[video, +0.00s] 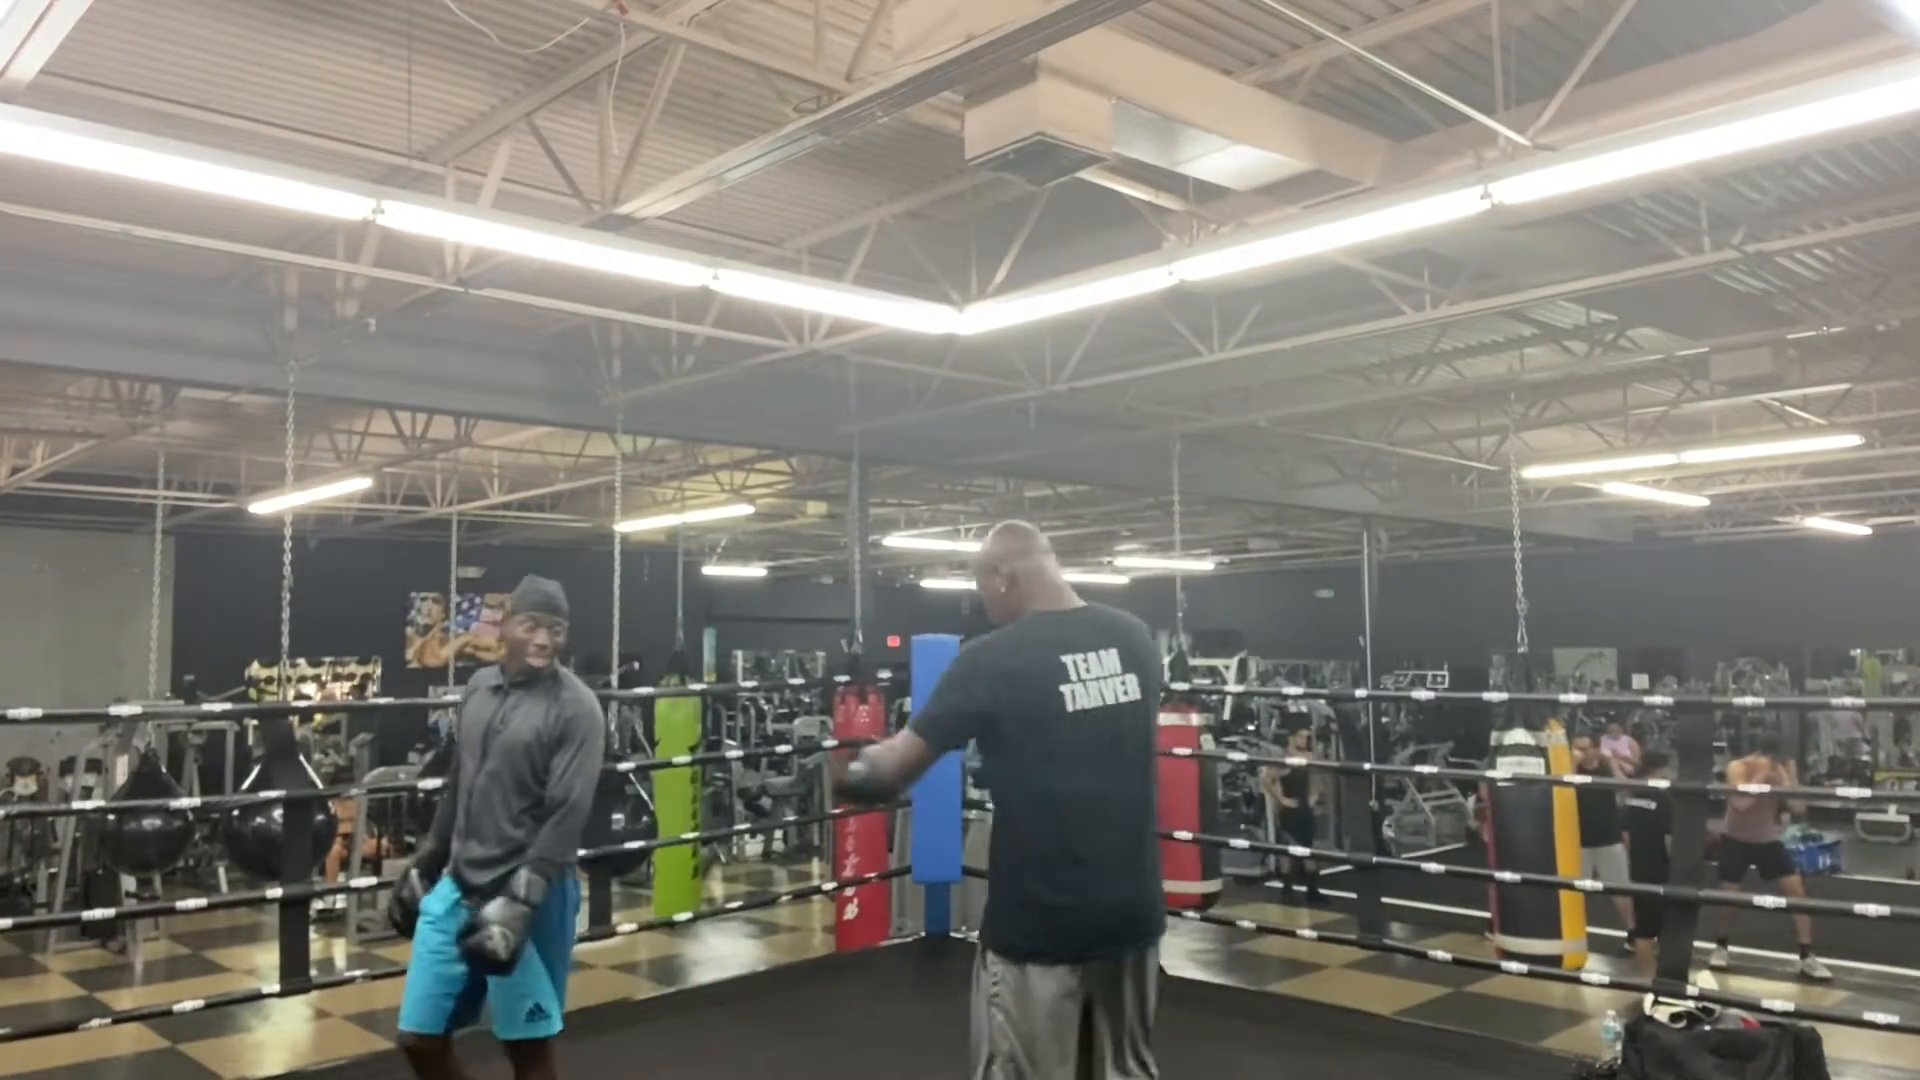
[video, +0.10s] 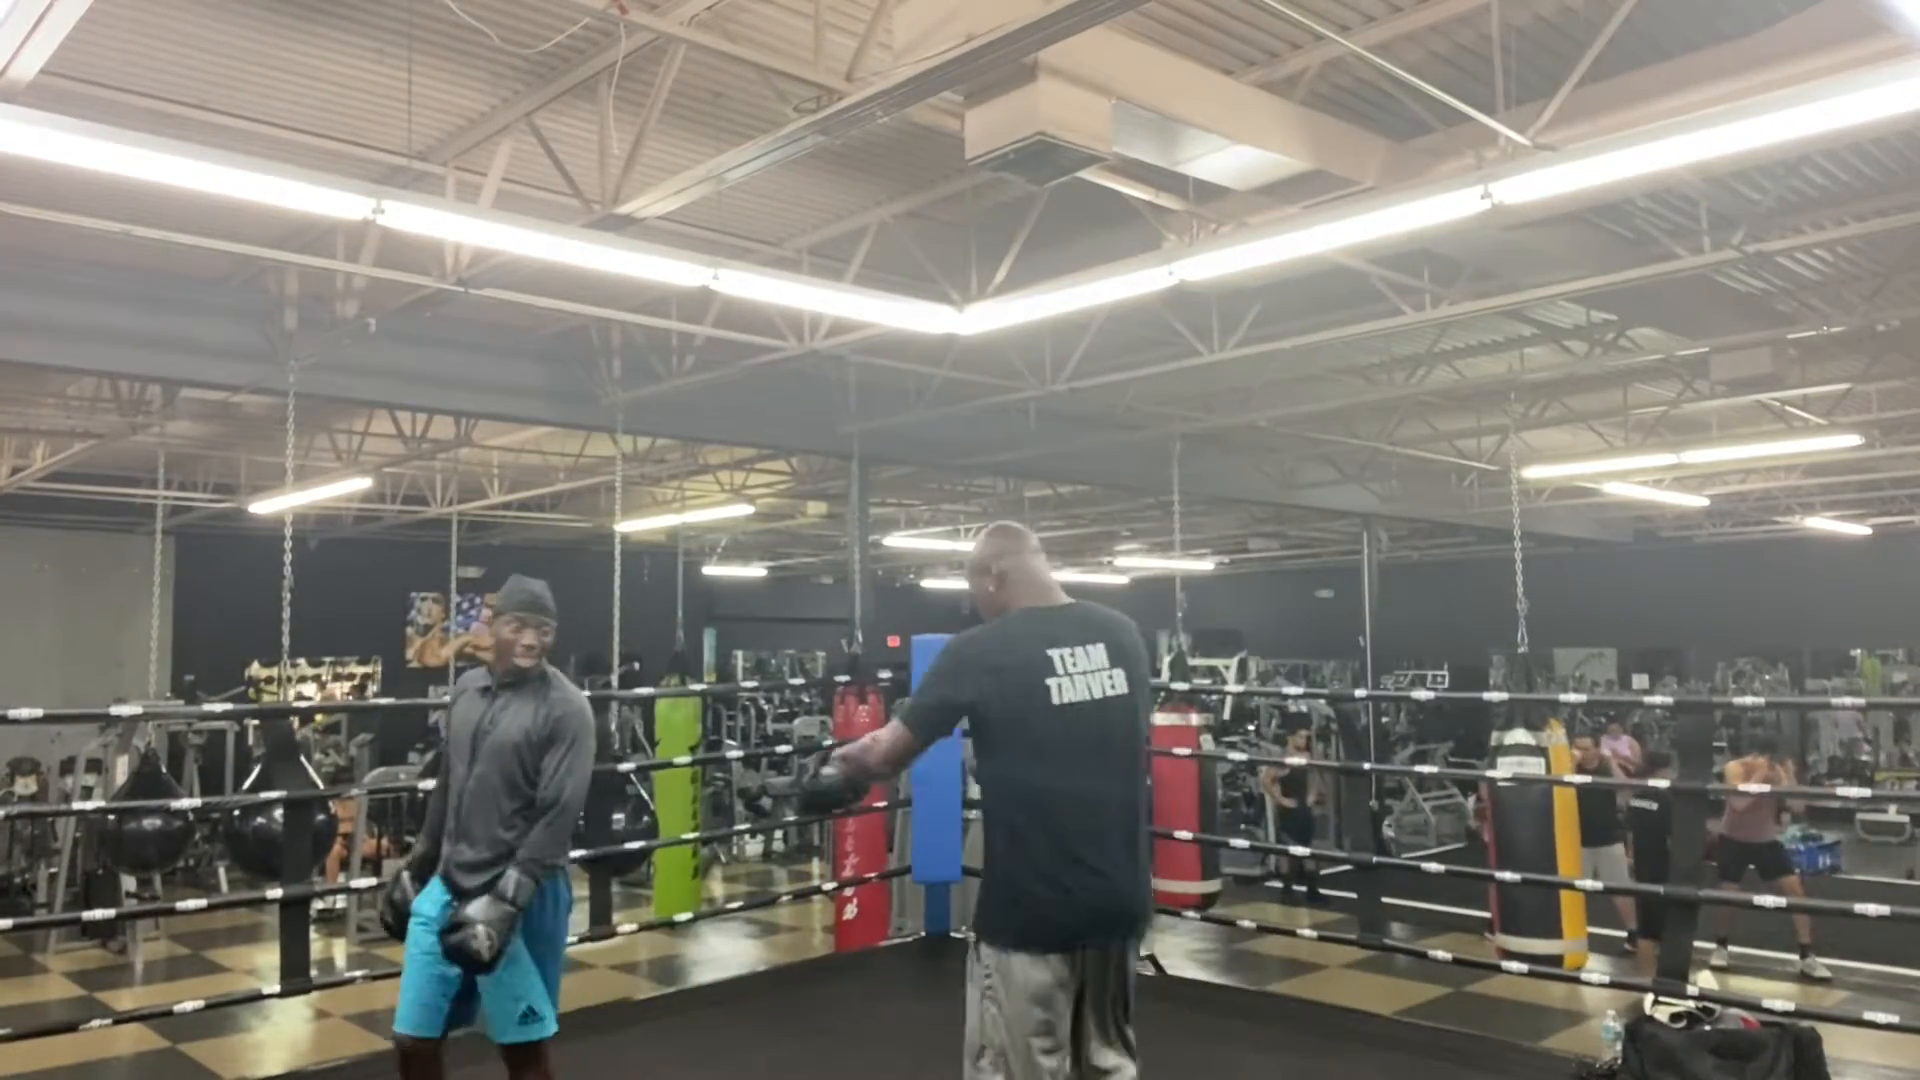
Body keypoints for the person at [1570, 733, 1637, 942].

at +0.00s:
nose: (1579, 754)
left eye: (1584, 749)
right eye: (1576, 749)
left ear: (1596, 749)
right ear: (1571, 751)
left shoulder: (1607, 769)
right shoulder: (1571, 772)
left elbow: (1626, 789)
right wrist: (1571, 765)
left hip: (1610, 839)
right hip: (1578, 840)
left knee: (1619, 890)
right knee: (1572, 892)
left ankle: (1632, 931)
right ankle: (1570, 934)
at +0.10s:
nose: (1582, 754)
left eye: (1586, 749)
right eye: (1578, 749)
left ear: (1597, 749)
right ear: (1573, 751)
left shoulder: (1608, 768)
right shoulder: (1571, 769)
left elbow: (1625, 785)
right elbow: (1558, 787)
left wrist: (1611, 762)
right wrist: (1570, 764)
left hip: (1609, 838)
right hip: (1579, 839)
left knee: (1621, 888)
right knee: (1573, 890)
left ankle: (1632, 932)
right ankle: (1571, 935)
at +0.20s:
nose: (1585, 754)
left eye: (1589, 749)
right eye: (1581, 749)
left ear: (1598, 749)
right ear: (1574, 750)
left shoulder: (1609, 768)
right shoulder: (1570, 770)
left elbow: (1626, 790)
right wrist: (1570, 764)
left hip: (1609, 838)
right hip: (1578, 839)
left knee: (1620, 888)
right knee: (1573, 890)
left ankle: (1632, 931)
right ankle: (1572, 934)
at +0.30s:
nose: (1589, 754)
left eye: (1593, 749)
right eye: (1584, 749)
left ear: (1599, 750)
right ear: (1576, 751)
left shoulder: (1609, 767)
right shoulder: (1571, 771)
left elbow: (1628, 788)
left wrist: (1624, 810)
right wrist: (1574, 764)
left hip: (1609, 836)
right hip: (1579, 837)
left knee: (1619, 887)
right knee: (1574, 889)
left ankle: (1632, 931)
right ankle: (1571, 935)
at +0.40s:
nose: (1590, 755)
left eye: (1595, 750)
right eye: (1585, 750)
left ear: (1600, 751)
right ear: (1576, 751)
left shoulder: (1611, 770)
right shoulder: (1570, 774)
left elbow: (1629, 792)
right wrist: (1577, 765)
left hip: (1608, 839)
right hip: (1578, 840)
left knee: (1620, 888)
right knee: (1572, 891)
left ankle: (1633, 933)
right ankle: (1569, 937)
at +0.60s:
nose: (1591, 754)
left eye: (1595, 749)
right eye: (1586, 749)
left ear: (1600, 750)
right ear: (1575, 749)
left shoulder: (1609, 769)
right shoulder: (1569, 772)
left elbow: (1627, 778)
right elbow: (1565, 791)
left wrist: (1611, 760)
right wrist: (1583, 767)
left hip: (1610, 836)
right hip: (1581, 838)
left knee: (1621, 887)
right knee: (1573, 890)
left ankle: (1633, 933)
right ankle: (1568, 938)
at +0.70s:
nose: (1584, 756)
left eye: (1588, 751)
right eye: (1580, 751)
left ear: (1596, 752)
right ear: (1573, 753)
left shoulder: (1608, 771)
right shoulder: (1569, 775)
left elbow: (1628, 782)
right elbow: (1560, 793)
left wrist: (1616, 763)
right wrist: (1581, 770)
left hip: (1610, 839)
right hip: (1580, 840)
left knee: (1622, 888)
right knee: (1574, 890)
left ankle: (1632, 933)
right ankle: (1570, 938)